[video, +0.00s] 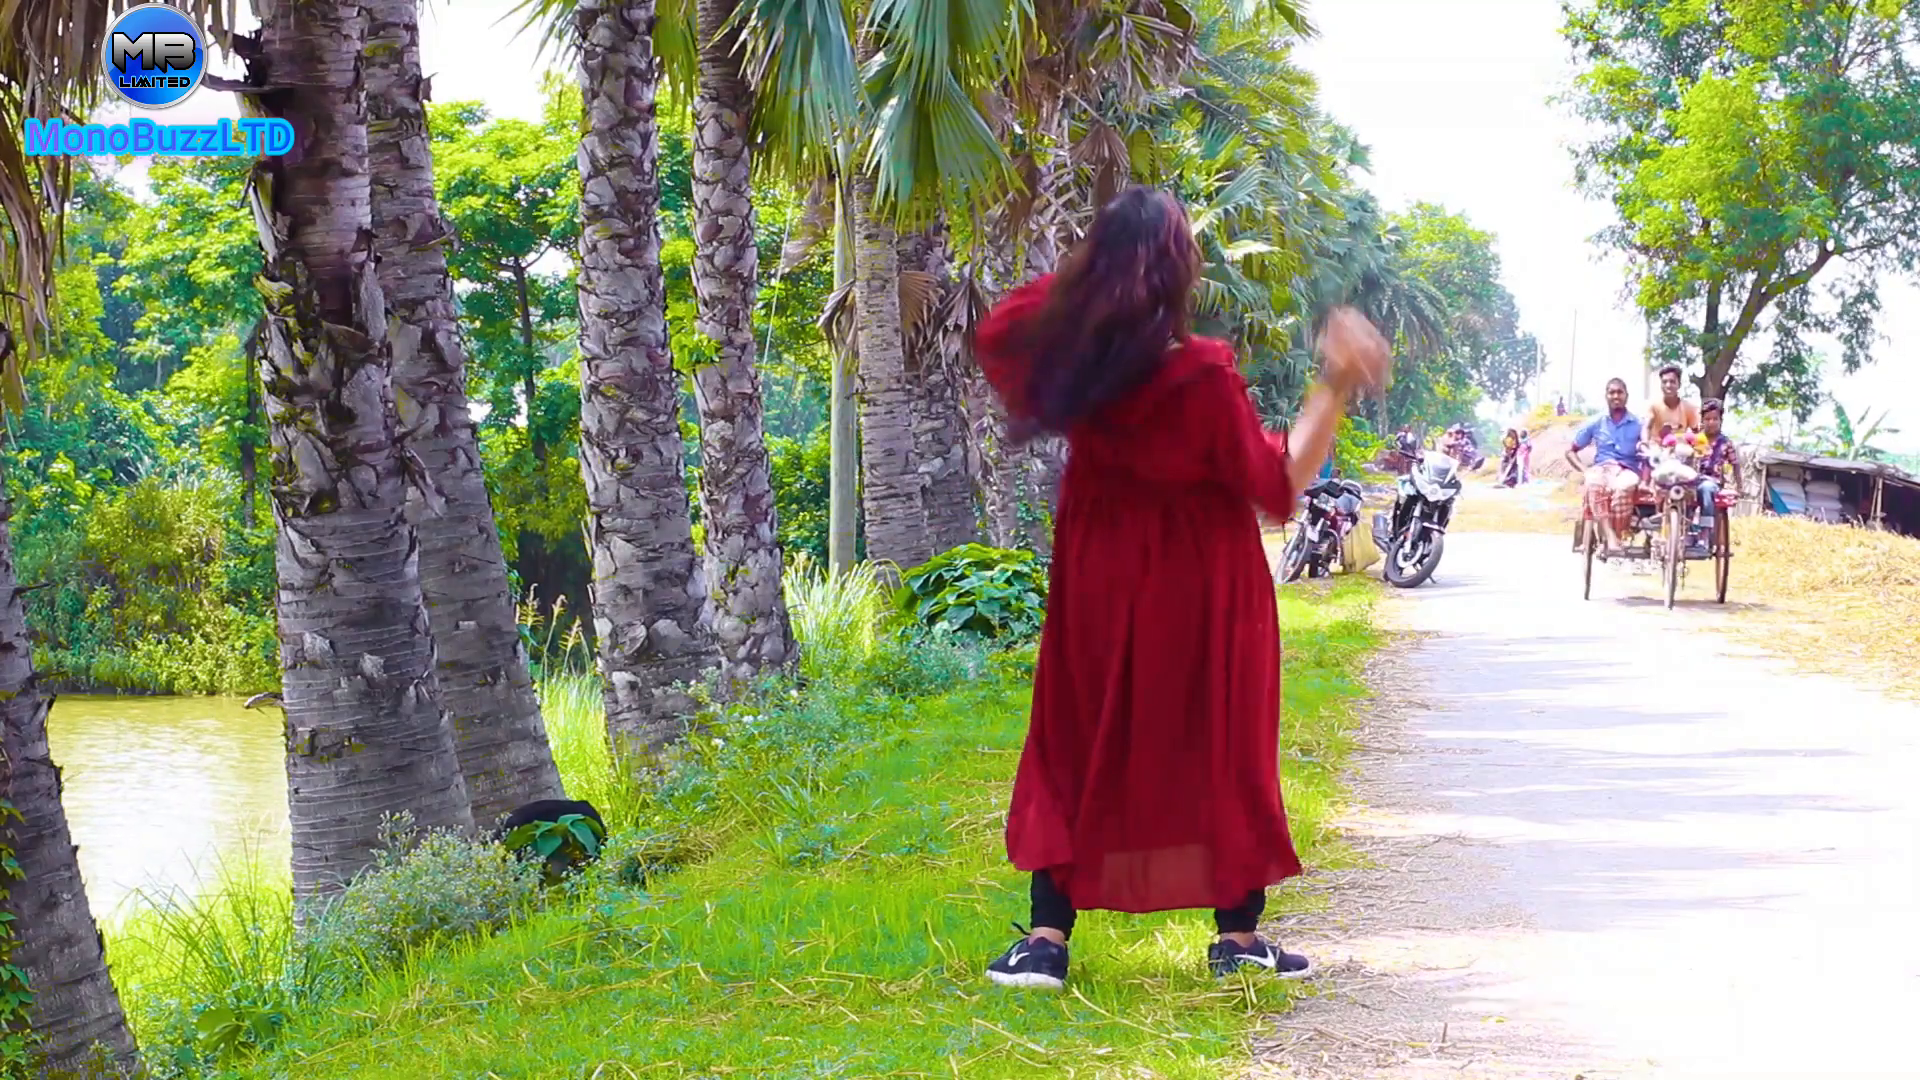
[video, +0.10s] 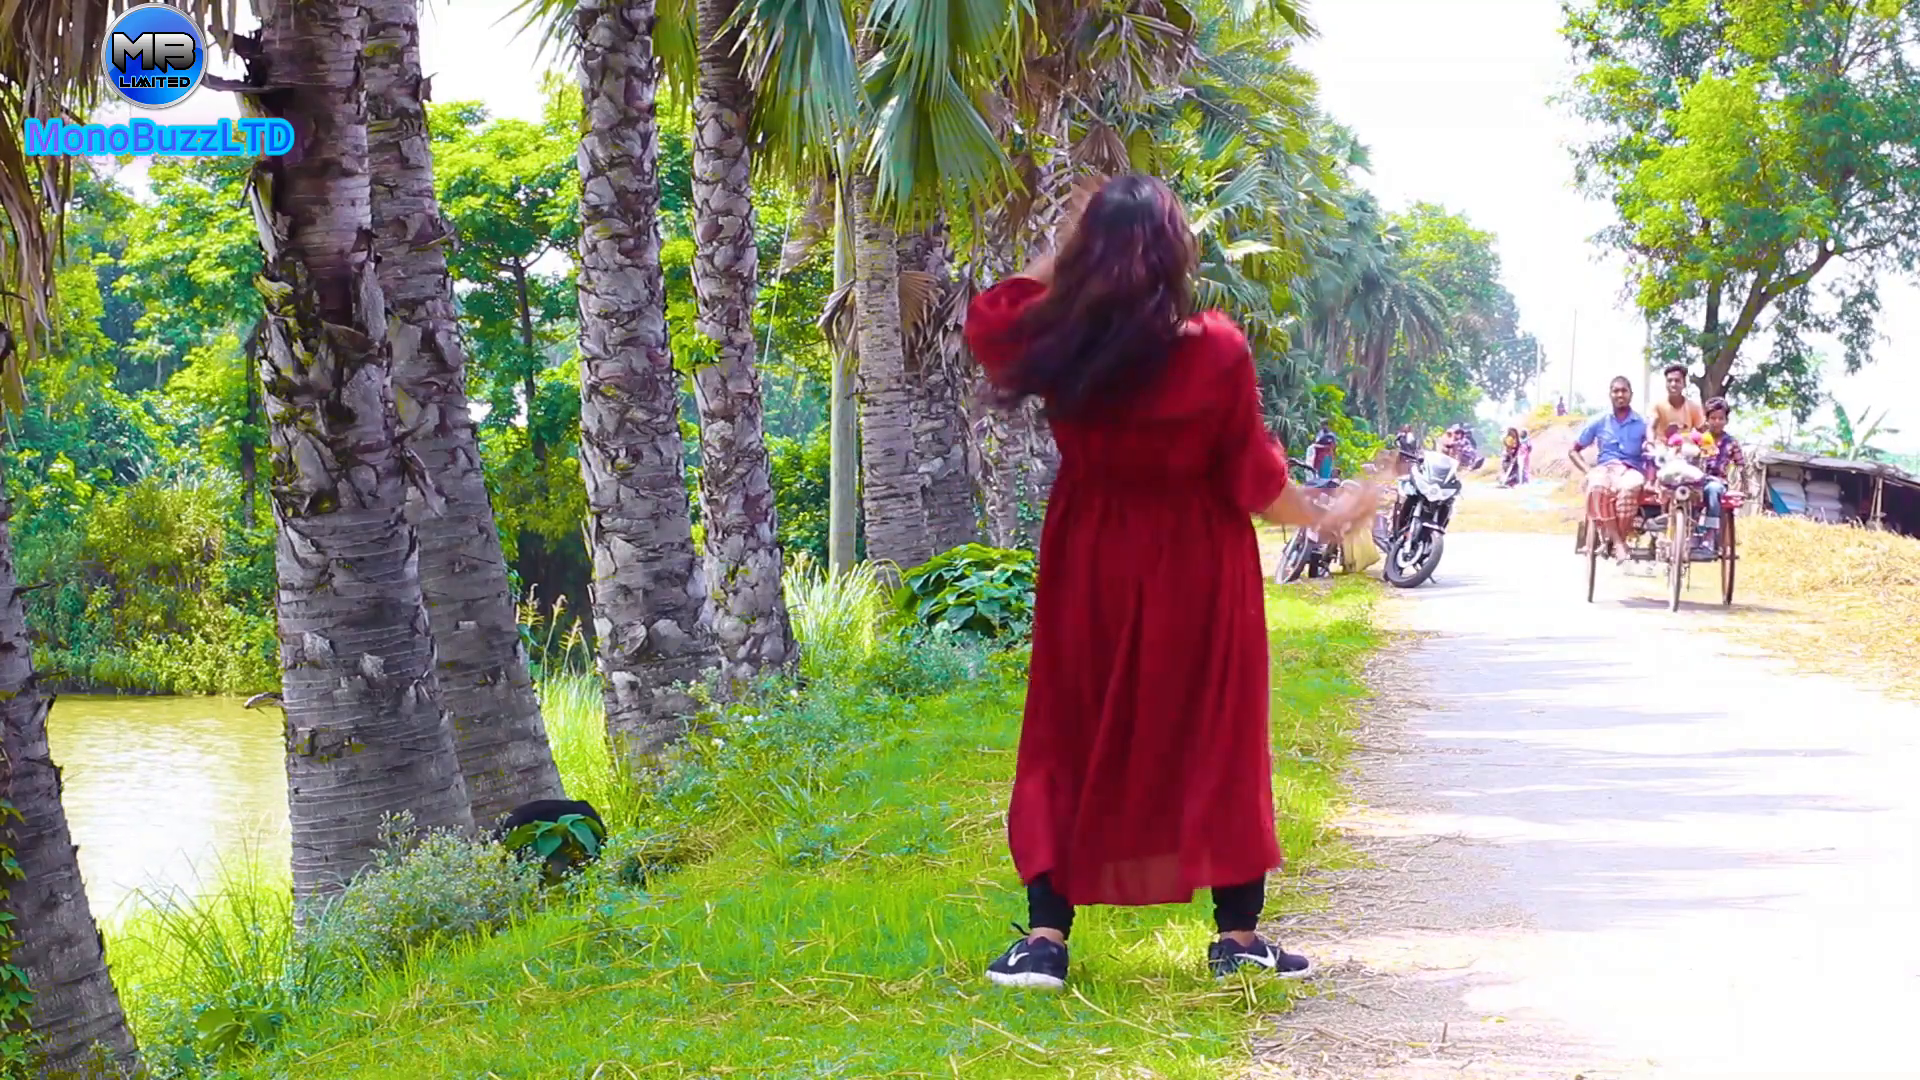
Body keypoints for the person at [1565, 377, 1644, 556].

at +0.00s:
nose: (1616, 396)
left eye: (1620, 392)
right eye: (1611, 392)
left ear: (1626, 395)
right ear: (1606, 396)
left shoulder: (1637, 424)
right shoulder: (1598, 422)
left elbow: (1646, 453)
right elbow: (1570, 452)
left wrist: (1646, 481)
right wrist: (1584, 470)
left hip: (1628, 468)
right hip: (1602, 466)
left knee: (1622, 490)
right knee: (1594, 487)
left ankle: (1615, 540)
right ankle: (1610, 536)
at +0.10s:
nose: (1620, 395)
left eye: (1624, 391)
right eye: (1615, 391)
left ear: (1631, 394)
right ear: (1610, 395)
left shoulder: (1641, 423)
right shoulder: (1601, 421)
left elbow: (1650, 453)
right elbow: (1573, 451)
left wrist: (1650, 480)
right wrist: (1588, 472)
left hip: (1632, 468)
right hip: (1605, 466)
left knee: (1629, 491)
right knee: (1597, 489)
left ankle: (1619, 541)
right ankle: (1617, 543)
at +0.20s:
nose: (1624, 395)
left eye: (1628, 391)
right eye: (1620, 391)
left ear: (1635, 394)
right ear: (1614, 395)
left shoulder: (1646, 424)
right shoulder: (1605, 422)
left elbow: (1656, 453)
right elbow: (1576, 451)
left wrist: (1655, 480)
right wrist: (1592, 472)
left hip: (1637, 469)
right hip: (1609, 468)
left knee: (1634, 493)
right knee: (1600, 491)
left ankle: (1625, 545)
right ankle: (1620, 548)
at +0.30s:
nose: (1629, 394)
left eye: (1633, 390)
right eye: (1624, 390)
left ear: (1640, 394)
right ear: (1618, 394)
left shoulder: (1651, 424)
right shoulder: (1609, 422)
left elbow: (1662, 455)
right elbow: (1579, 452)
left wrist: (1660, 482)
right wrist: (1597, 472)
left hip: (1642, 469)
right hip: (1615, 468)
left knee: (1637, 492)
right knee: (1606, 490)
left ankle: (1628, 549)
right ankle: (1624, 550)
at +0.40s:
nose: (1634, 394)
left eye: (1638, 389)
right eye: (1629, 389)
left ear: (1646, 393)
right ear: (1623, 394)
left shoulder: (1657, 424)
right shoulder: (1614, 422)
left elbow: (1667, 457)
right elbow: (1584, 452)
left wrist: (1666, 484)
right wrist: (1601, 473)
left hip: (1648, 470)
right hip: (1619, 469)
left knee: (1641, 495)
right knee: (1612, 495)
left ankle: (1633, 551)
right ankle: (1633, 559)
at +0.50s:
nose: (1639, 392)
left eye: (1643, 388)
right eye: (1634, 388)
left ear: (1651, 392)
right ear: (1628, 392)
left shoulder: (1662, 423)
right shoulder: (1618, 422)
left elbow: (1673, 458)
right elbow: (1589, 452)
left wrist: (1672, 485)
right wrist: (1605, 472)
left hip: (1653, 470)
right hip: (1624, 468)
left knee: (1648, 495)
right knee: (1617, 493)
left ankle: (1637, 551)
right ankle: (1636, 556)